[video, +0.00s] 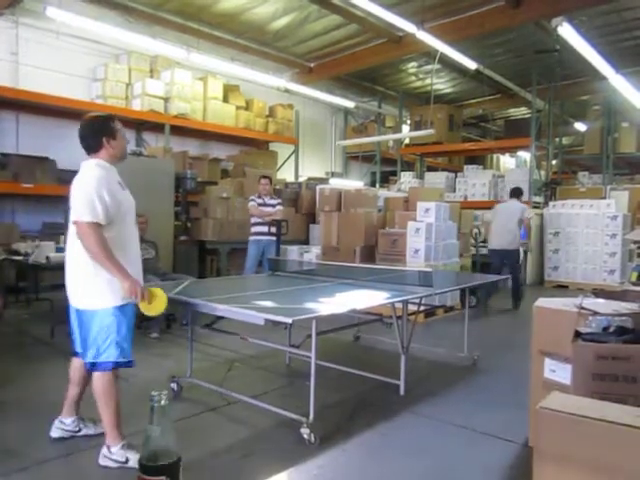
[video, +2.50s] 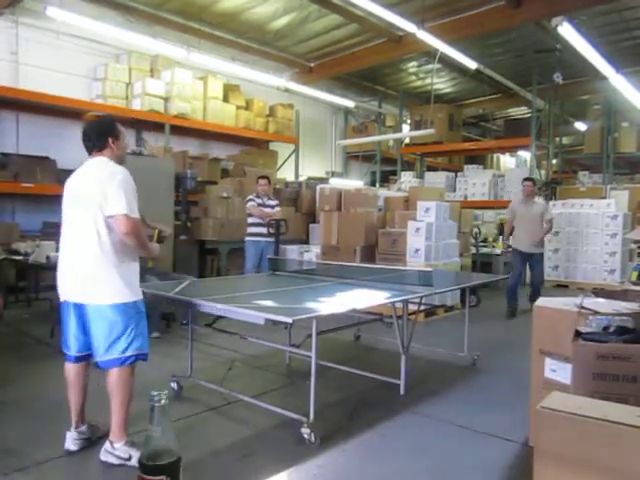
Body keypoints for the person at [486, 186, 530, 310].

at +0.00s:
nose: (521, 199)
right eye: (521, 197)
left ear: (509, 195)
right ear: (521, 197)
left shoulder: (498, 206)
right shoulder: (523, 207)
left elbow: (488, 222)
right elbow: (527, 223)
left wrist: (487, 237)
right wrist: (528, 240)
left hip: (495, 245)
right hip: (512, 246)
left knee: (494, 275)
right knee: (515, 275)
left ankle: (485, 298)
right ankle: (516, 302)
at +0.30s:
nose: (528, 215)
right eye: (527, 213)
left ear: (515, 212)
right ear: (526, 213)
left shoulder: (507, 221)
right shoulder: (528, 223)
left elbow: (497, 232)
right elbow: (533, 236)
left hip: (506, 253)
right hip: (521, 253)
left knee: (508, 275)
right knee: (523, 276)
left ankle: (508, 295)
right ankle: (518, 298)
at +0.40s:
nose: (529, 225)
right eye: (529, 224)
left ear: (519, 222)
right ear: (528, 224)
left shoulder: (510, 229)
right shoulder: (529, 232)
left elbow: (499, 238)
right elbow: (536, 247)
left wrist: (500, 251)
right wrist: (539, 258)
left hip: (507, 256)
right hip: (522, 257)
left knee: (509, 275)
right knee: (526, 274)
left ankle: (510, 294)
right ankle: (523, 294)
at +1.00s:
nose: (548, 216)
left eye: (548, 214)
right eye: (548, 215)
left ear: (538, 211)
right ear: (547, 214)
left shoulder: (527, 218)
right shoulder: (544, 224)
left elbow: (517, 228)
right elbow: (546, 242)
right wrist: (549, 257)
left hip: (515, 247)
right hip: (528, 250)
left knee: (529, 267)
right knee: (537, 268)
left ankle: (525, 287)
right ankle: (530, 288)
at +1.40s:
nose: (548, 202)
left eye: (548, 199)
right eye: (547, 199)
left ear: (537, 197)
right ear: (542, 198)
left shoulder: (528, 208)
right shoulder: (536, 211)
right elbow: (535, 230)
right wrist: (547, 244)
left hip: (524, 243)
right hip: (530, 244)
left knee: (534, 268)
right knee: (536, 269)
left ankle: (531, 289)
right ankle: (521, 290)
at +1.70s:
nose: (538, 194)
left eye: (539, 192)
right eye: (537, 191)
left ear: (536, 192)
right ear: (530, 191)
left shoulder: (537, 204)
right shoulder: (520, 205)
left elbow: (538, 221)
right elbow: (516, 222)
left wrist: (544, 230)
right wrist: (528, 238)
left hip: (538, 240)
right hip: (525, 241)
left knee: (545, 266)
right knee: (524, 267)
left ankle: (537, 288)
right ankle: (518, 291)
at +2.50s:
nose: (526, 189)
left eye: (529, 186)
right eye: (524, 186)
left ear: (535, 189)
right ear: (522, 188)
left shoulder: (542, 205)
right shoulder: (515, 205)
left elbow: (549, 224)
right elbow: (509, 223)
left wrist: (542, 236)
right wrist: (505, 239)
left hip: (536, 249)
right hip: (518, 247)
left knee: (538, 280)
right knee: (514, 279)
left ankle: (534, 302)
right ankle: (511, 307)